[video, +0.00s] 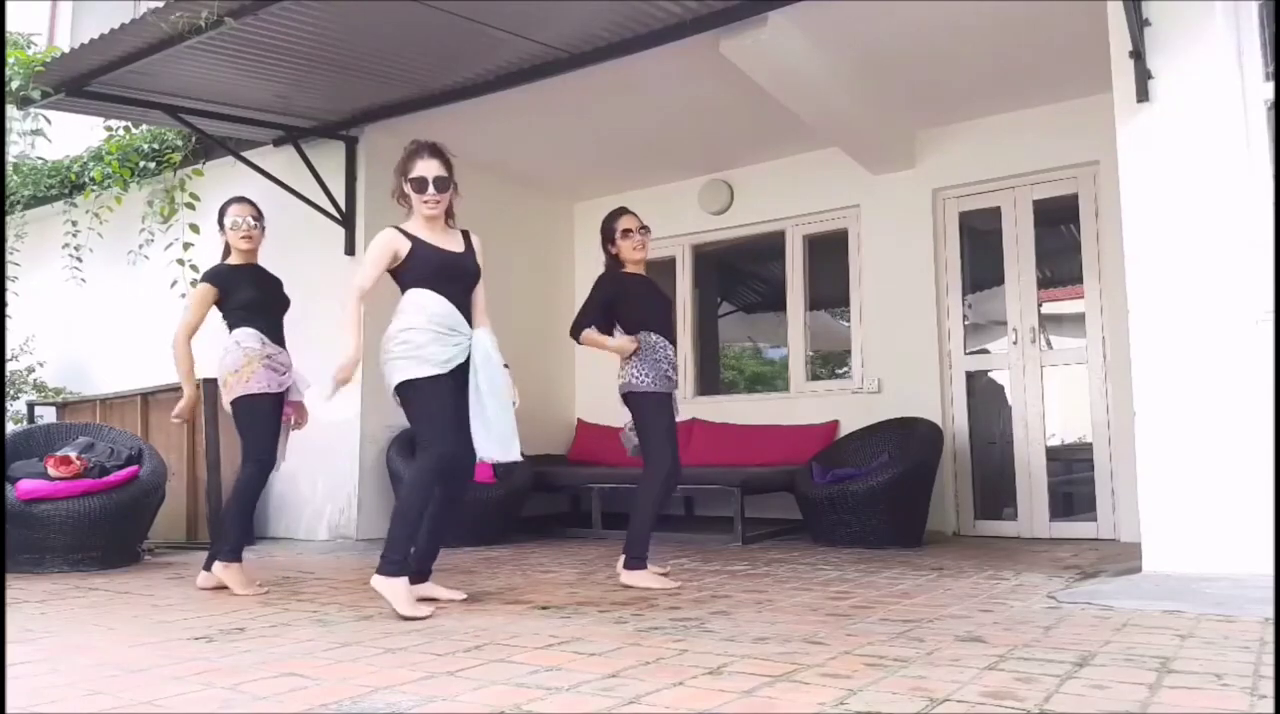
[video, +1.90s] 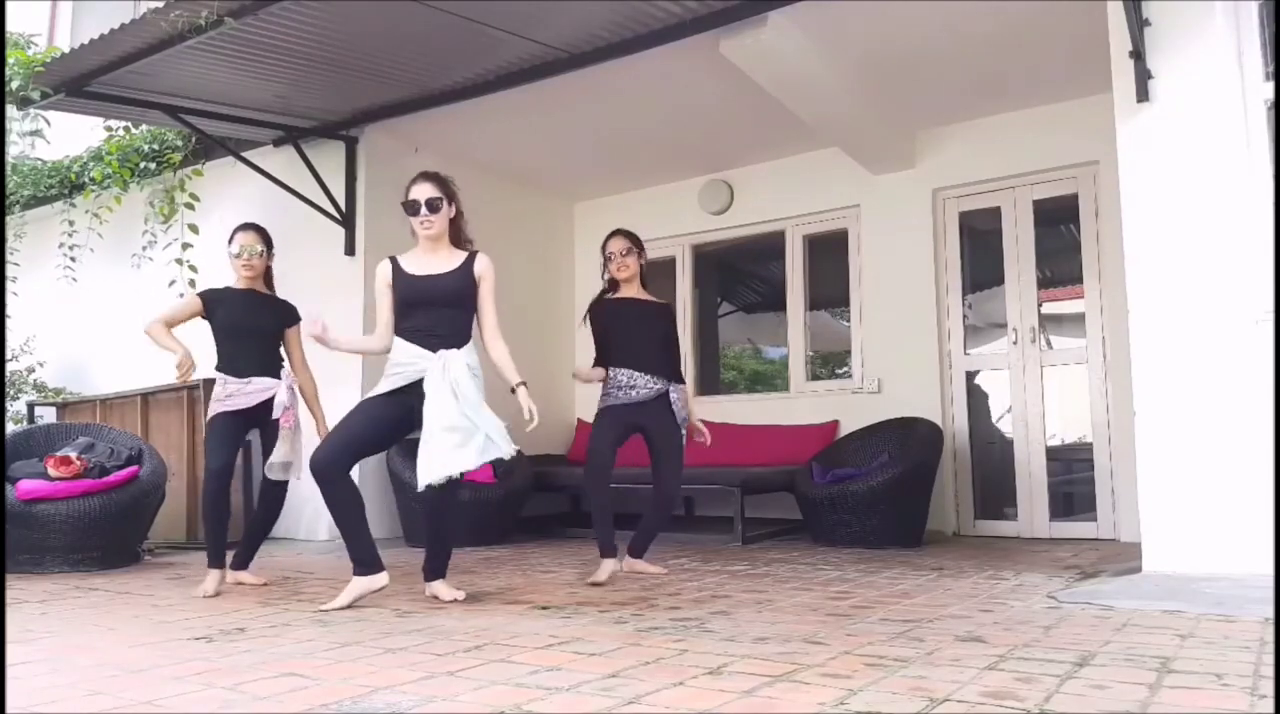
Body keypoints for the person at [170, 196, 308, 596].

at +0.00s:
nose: (248, 228)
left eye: (254, 221)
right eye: (237, 223)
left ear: (263, 229)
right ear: (224, 233)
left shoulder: (271, 279)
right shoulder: (221, 275)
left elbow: (278, 342)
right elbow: (182, 336)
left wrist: (292, 394)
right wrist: (190, 390)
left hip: (276, 376)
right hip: (246, 372)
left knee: (257, 465)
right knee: (259, 462)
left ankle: (215, 564)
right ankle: (228, 560)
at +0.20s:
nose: (247, 223)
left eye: (254, 218)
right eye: (237, 219)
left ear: (264, 229)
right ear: (226, 232)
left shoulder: (279, 284)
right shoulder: (218, 273)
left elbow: (280, 347)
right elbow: (205, 335)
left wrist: (293, 397)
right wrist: (204, 390)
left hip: (271, 378)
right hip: (234, 375)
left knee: (250, 469)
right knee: (266, 460)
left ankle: (229, 562)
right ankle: (226, 563)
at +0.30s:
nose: (247, 229)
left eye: (254, 224)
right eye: (238, 225)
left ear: (265, 236)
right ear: (225, 238)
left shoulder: (275, 293)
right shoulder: (215, 278)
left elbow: (281, 356)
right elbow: (209, 344)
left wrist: (297, 404)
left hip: (270, 385)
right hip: (230, 382)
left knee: (258, 471)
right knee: (260, 465)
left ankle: (226, 563)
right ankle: (229, 566)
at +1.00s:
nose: (247, 243)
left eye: (255, 237)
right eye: (238, 237)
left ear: (265, 243)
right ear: (225, 243)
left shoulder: (279, 293)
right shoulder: (212, 286)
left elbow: (287, 355)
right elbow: (168, 332)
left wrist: (303, 403)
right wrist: (199, 353)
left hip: (272, 386)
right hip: (228, 383)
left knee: (263, 474)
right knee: (248, 462)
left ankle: (229, 561)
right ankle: (217, 557)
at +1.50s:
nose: (249, 247)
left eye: (257, 239)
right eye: (240, 240)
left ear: (270, 246)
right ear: (230, 246)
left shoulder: (283, 299)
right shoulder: (212, 287)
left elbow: (290, 363)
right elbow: (208, 347)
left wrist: (309, 412)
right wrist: (180, 314)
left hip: (272, 392)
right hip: (227, 389)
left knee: (268, 479)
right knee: (230, 468)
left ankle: (240, 564)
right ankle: (214, 564)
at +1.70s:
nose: (249, 259)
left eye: (257, 252)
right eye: (241, 253)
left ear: (270, 257)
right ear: (231, 258)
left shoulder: (284, 308)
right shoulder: (214, 296)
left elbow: (298, 368)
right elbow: (156, 318)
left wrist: (316, 414)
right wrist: (203, 300)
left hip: (275, 398)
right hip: (230, 397)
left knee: (275, 490)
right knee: (224, 472)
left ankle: (240, 567)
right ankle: (215, 559)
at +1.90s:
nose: (246, 257)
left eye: (255, 251)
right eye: (239, 251)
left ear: (269, 258)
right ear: (229, 258)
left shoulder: (283, 310)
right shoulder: (213, 299)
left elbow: (301, 370)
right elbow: (156, 326)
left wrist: (321, 421)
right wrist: (181, 349)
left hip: (275, 399)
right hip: (229, 398)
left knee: (277, 480)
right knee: (216, 473)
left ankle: (240, 566)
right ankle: (215, 568)